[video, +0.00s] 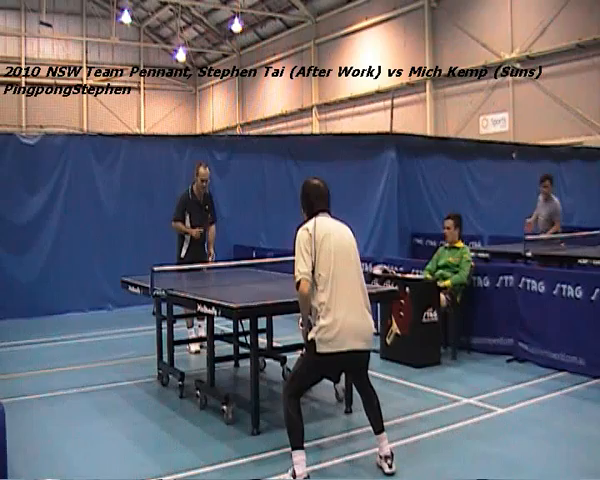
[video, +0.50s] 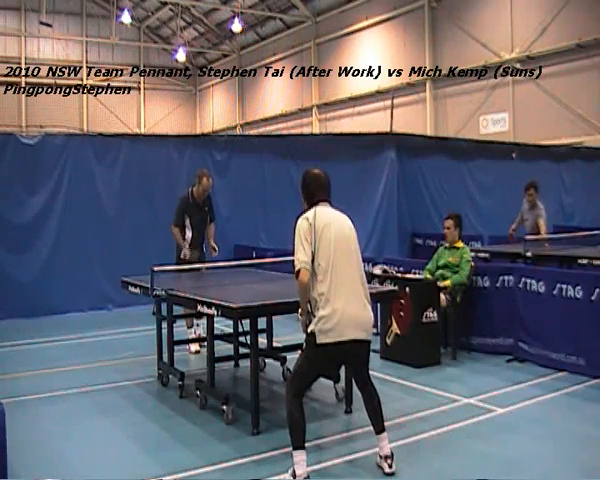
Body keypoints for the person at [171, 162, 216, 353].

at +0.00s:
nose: (204, 184)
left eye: (207, 180)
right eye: (202, 180)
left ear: (209, 180)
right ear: (195, 179)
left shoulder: (208, 198)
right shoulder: (185, 198)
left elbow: (211, 224)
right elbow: (175, 222)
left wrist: (211, 246)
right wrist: (190, 231)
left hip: (202, 250)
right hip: (187, 251)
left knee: (203, 289)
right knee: (187, 292)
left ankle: (201, 327)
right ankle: (191, 332)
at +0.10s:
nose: (205, 186)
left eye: (207, 182)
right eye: (202, 182)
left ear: (209, 181)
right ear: (195, 180)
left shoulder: (208, 197)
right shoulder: (185, 197)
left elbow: (211, 223)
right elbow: (175, 223)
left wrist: (210, 243)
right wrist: (190, 230)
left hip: (202, 250)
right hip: (187, 252)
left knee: (203, 290)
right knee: (187, 292)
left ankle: (201, 327)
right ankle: (191, 333)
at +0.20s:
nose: (205, 187)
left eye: (207, 184)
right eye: (203, 183)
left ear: (209, 183)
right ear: (195, 181)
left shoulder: (208, 198)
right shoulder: (185, 198)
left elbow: (210, 222)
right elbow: (175, 224)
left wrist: (209, 238)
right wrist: (189, 236)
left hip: (201, 250)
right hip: (186, 251)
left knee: (202, 289)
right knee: (187, 292)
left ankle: (200, 328)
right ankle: (191, 333)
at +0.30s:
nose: (205, 189)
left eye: (207, 186)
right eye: (203, 185)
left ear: (209, 185)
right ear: (195, 183)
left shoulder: (207, 198)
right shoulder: (185, 199)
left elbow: (210, 221)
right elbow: (175, 225)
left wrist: (210, 237)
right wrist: (184, 243)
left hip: (201, 249)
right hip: (186, 250)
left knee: (202, 289)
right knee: (187, 292)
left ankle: (199, 327)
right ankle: (191, 332)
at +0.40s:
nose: (205, 191)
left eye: (208, 188)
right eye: (203, 187)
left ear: (209, 186)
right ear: (196, 184)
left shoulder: (207, 199)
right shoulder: (185, 200)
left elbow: (210, 222)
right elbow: (175, 227)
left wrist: (210, 238)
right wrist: (182, 251)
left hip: (200, 251)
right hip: (186, 252)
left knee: (201, 289)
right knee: (187, 293)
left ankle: (199, 327)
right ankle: (191, 332)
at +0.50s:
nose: (206, 192)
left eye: (208, 188)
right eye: (204, 188)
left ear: (210, 187)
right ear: (197, 185)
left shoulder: (207, 200)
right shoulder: (185, 200)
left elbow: (210, 222)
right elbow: (175, 226)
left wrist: (211, 241)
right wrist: (183, 246)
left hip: (200, 250)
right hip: (186, 251)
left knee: (200, 289)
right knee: (187, 292)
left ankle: (198, 327)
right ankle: (190, 332)